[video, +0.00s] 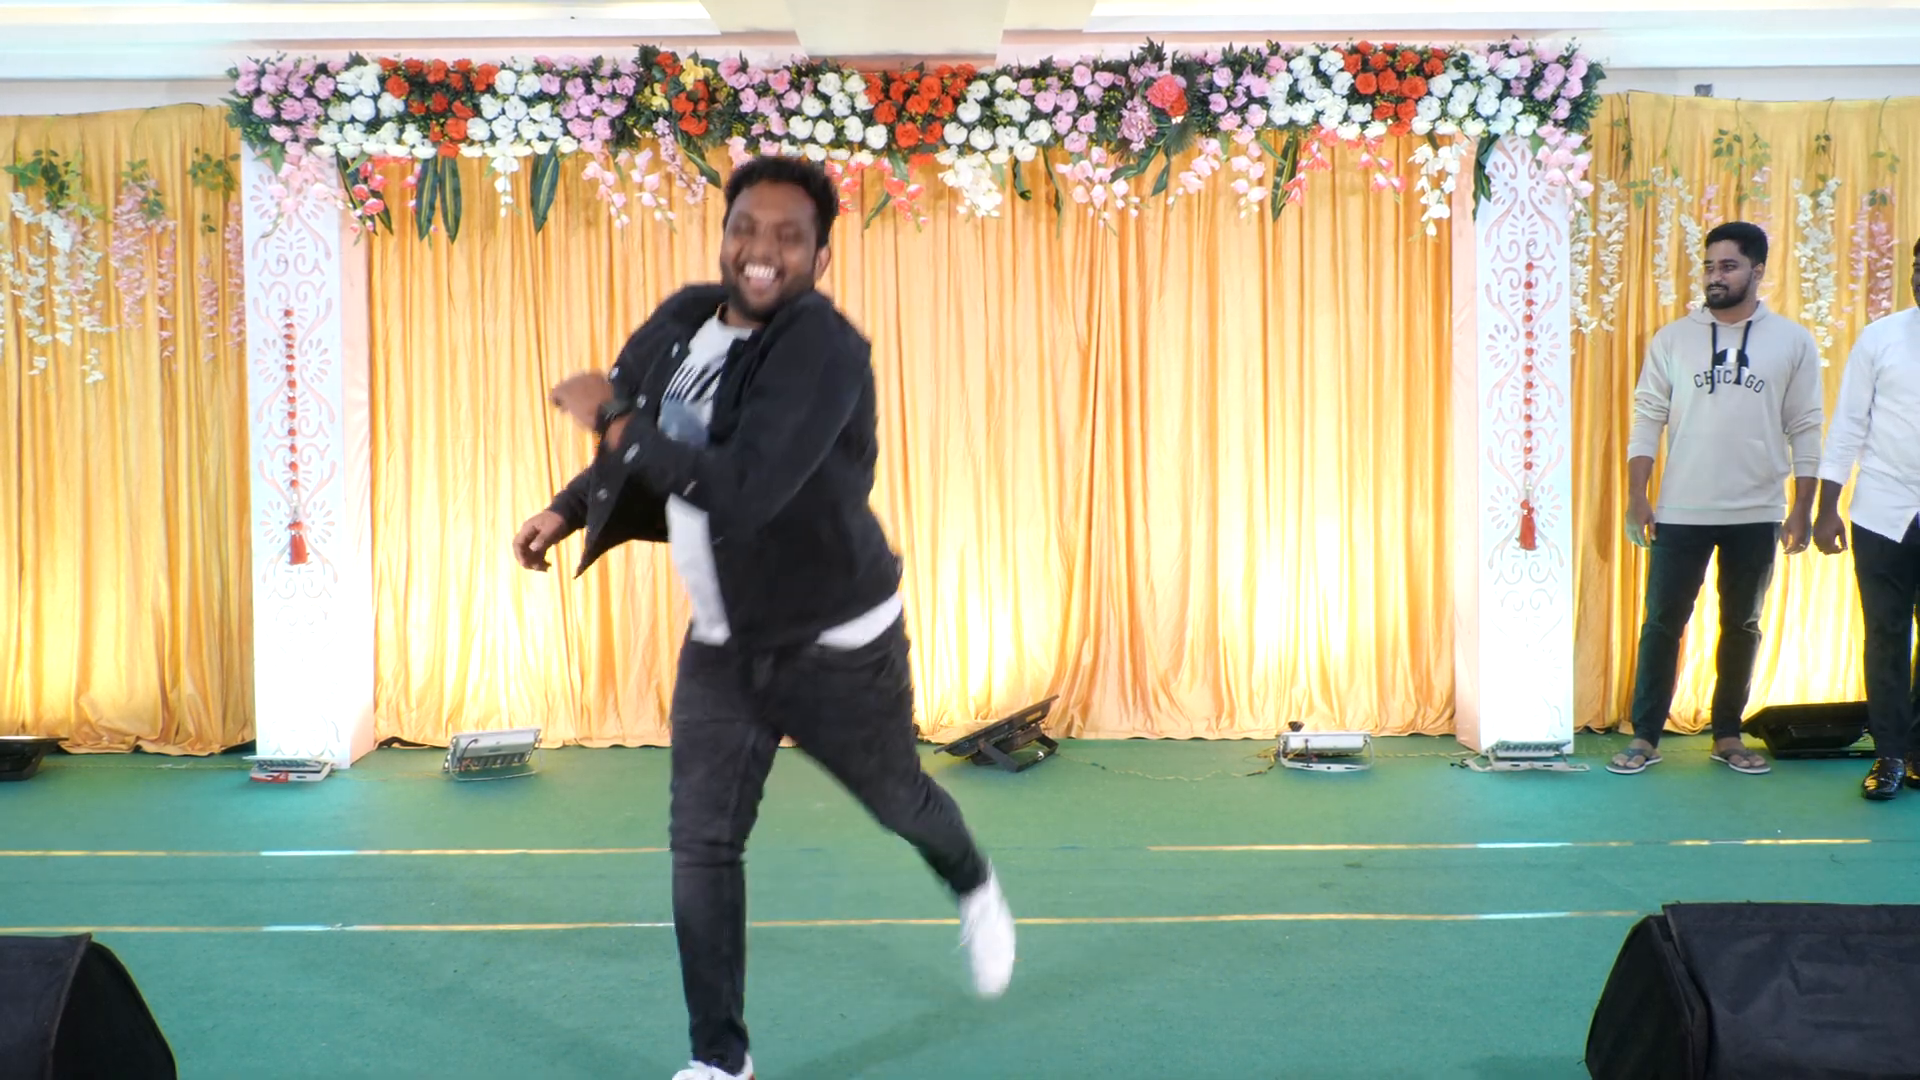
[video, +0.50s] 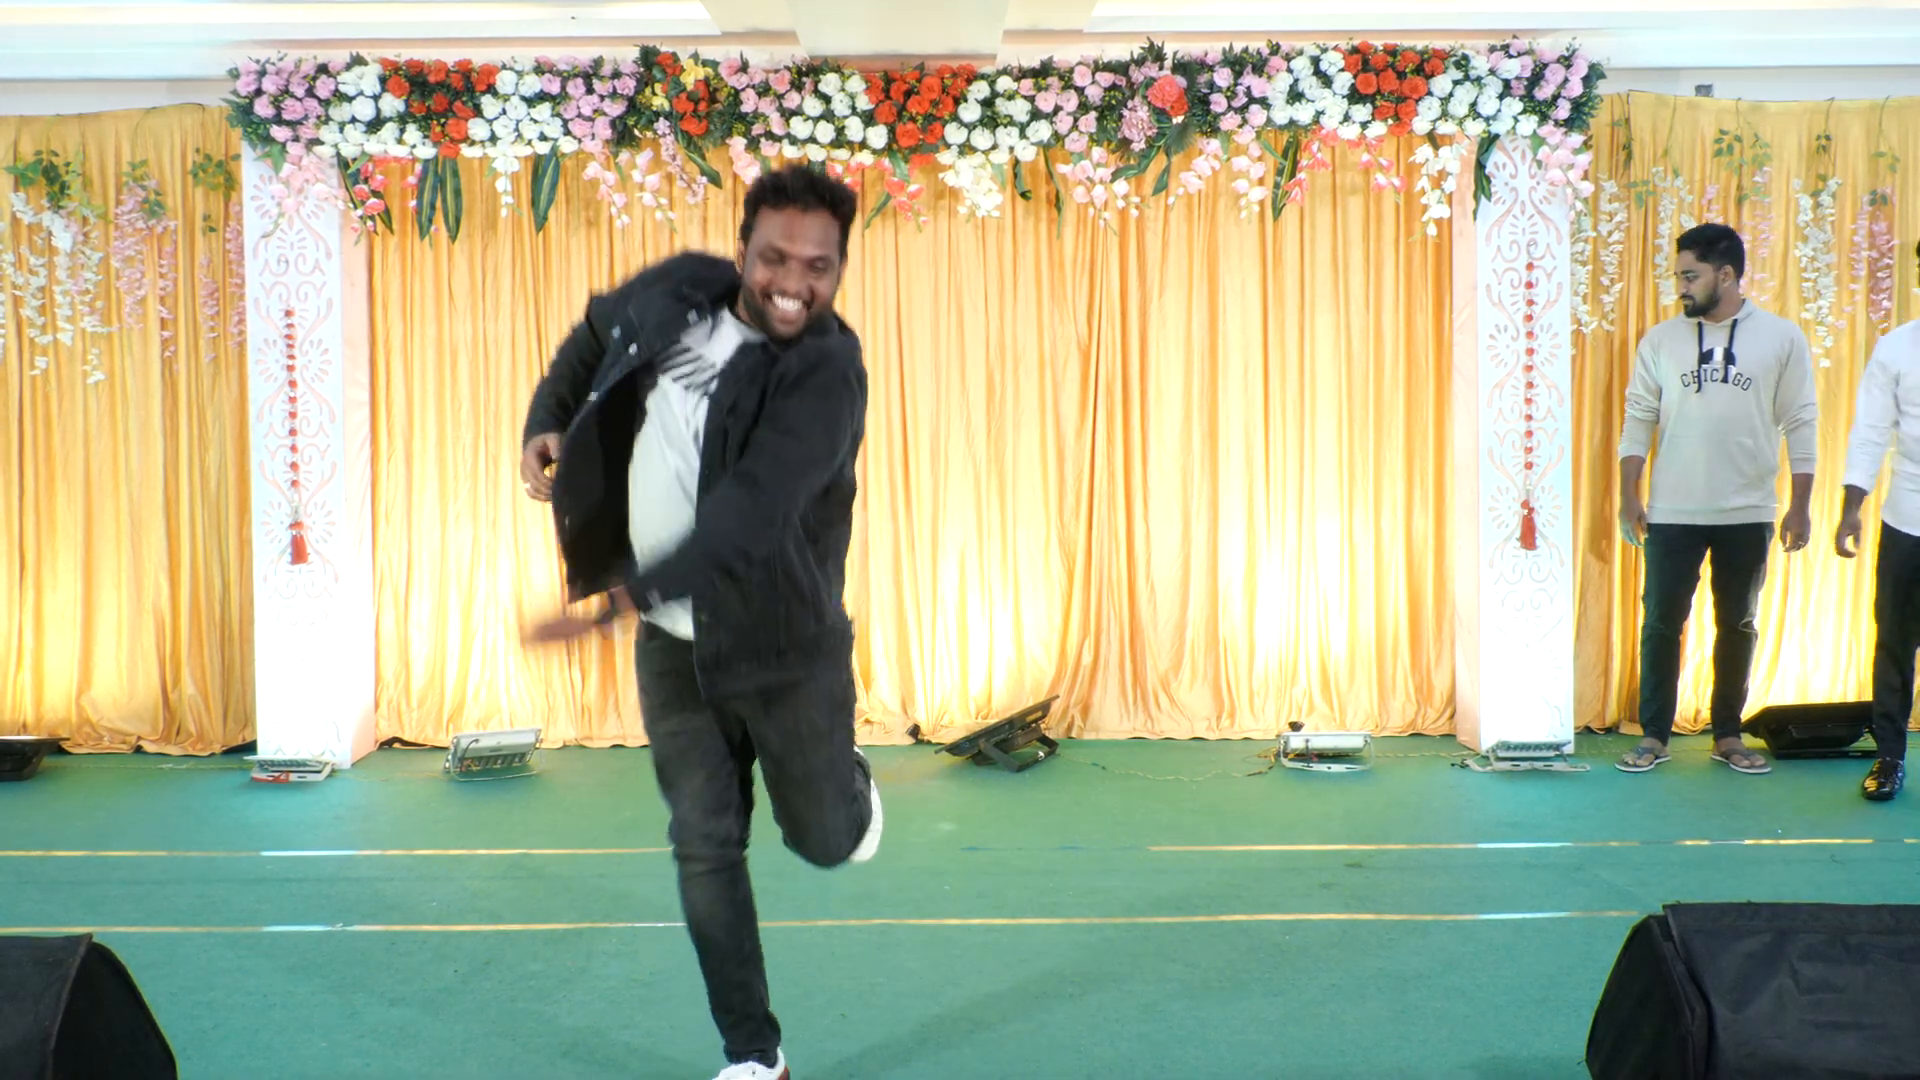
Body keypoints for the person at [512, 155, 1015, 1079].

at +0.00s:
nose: (761, 252)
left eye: (787, 237)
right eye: (745, 231)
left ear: (820, 252)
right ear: (723, 235)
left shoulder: (826, 349)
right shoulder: (682, 319)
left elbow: (742, 489)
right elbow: (637, 439)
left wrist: (618, 424)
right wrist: (569, 510)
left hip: (839, 640)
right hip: (723, 646)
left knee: (902, 801)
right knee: (701, 845)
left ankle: (977, 888)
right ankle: (718, 1058)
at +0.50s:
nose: (792, 284)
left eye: (817, 265)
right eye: (775, 258)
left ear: (839, 269)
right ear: (743, 249)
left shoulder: (826, 365)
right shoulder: (674, 292)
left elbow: (762, 502)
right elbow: (592, 337)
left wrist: (635, 590)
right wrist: (548, 423)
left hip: (786, 640)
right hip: (673, 635)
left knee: (825, 842)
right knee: (704, 847)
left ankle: (852, 788)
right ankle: (752, 1055)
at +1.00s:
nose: (924, 342)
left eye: (937, 325)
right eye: (912, 323)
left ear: (945, 312)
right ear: (854, 294)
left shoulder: (903, 371)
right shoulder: (765, 327)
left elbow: (900, 448)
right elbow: (674, 283)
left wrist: (945, 504)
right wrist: (836, 221)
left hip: (828, 619)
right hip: (708, 632)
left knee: (873, 815)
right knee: (719, 846)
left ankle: (847, 979)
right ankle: (742, 1055)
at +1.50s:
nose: (988, 320)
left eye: (997, 300)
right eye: (973, 299)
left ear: (998, 288)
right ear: (909, 285)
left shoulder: (956, 361)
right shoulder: (828, 356)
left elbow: (935, 467)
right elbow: (788, 498)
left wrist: (1003, 522)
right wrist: (958, 526)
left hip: (910, 649)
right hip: (803, 649)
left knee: (911, 852)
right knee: (818, 844)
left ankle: (887, 1061)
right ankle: (704, 880)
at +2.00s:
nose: (931, 249)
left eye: (931, 232)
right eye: (910, 234)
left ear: (921, 238)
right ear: (842, 246)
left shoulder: (963, 356)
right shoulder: (746, 345)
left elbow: (1061, 456)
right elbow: (663, 478)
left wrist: (1162, 468)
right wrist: (607, 602)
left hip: (901, 654)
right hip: (775, 653)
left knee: (894, 850)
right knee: (767, 846)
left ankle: (889, 1058)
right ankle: (802, 997)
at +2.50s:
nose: (852, 249)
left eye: (855, 232)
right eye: (830, 235)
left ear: (859, 236)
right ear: (768, 248)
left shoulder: (898, 325)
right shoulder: (693, 353)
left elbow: (1018, 334)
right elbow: (613, 475)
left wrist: (1056, 252)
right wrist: (648, 595)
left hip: (876, 623)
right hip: (758, 638)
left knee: (912, 801)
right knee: (792, 815)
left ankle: (928, 993)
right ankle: (814, 1007)